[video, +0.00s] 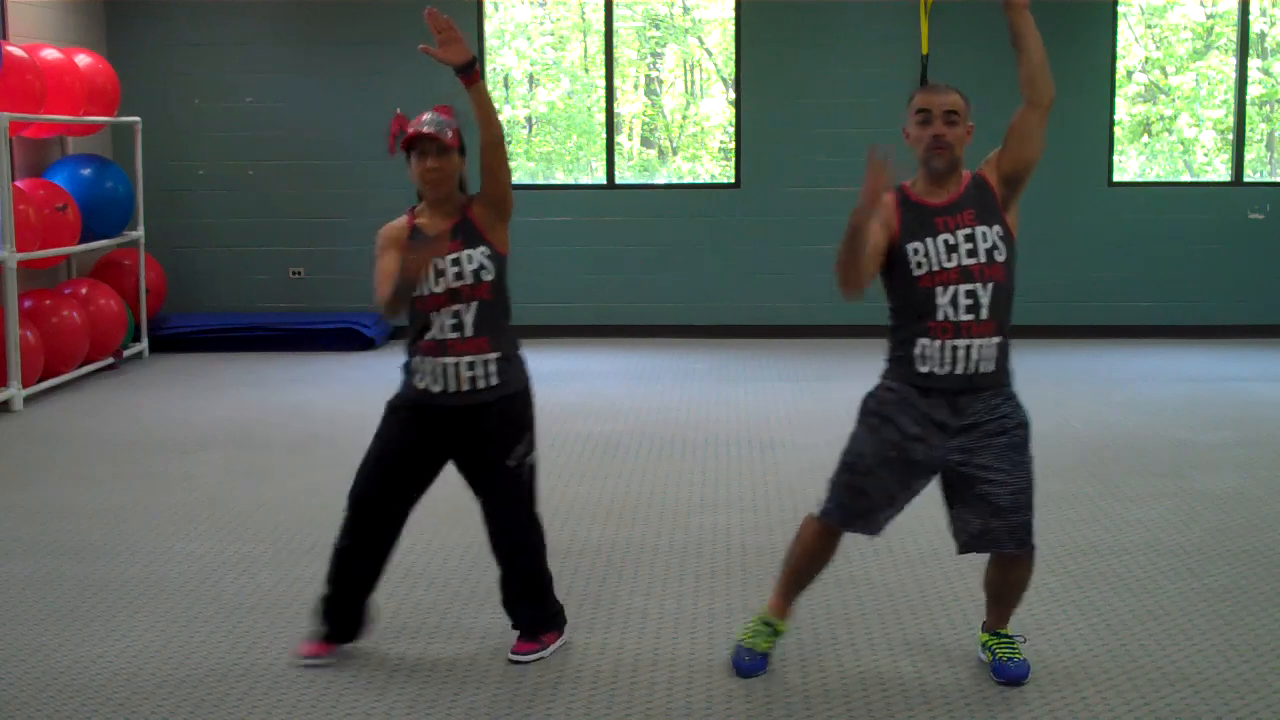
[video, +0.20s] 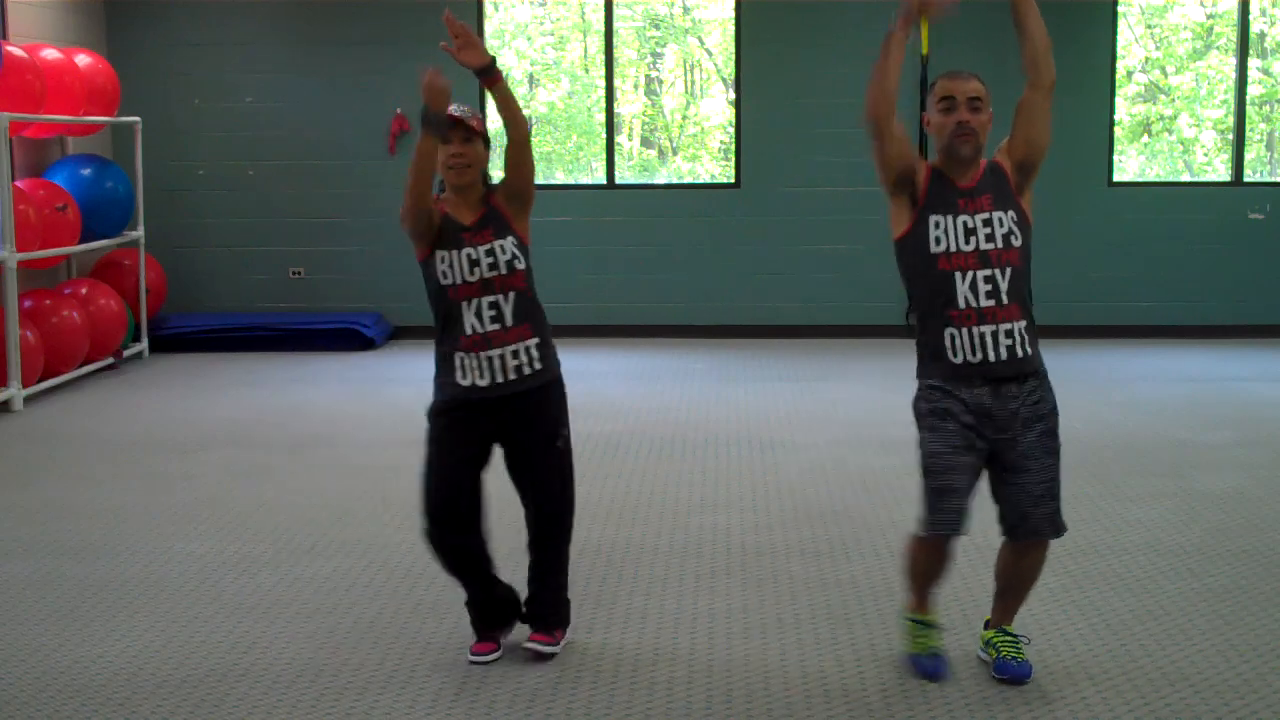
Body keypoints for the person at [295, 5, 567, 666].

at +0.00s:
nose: (430, 162)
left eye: (440, 153)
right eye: (420, 154)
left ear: (462, 161)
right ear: (408, 164)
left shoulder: (489, 218)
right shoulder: (396, 234)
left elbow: (491, 142)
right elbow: (387, 306)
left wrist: (469, 74)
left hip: (494, 399)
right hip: (423, 401)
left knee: (512, 518)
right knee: (370, 507)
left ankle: (540, 624)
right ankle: (337, 627)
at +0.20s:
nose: (458, 152)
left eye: (467, 142)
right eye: (448, 143)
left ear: (485, 154)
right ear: (436, 158)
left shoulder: (510, 210)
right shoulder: (428, 227)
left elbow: (521, 136)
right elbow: (417, 199)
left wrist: (488, 71)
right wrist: (429, 124)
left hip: (533, 388)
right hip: (461, 395)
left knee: (550, 511)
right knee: (447, 523)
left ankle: (549, 615)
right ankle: (492, 612)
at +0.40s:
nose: (476, 156)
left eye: (485, 145)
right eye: (465, 147)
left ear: (500, 156)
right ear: (450, 161)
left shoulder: (523, 211)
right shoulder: (441, 225)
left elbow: (535, 141)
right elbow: (422, 162)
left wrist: (503, 73)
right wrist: (446, 83)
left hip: (553, 388)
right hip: (486, 399)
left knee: (570, 510)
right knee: (490, 517)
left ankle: (567, 621)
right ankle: (491, 623)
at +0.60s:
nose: (492, 170)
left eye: (500, 160)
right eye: (482, 161)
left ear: (515, 165)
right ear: (464, 168)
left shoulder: (538, 215)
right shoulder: (451, 222)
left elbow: (596, 179)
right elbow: (434, 156)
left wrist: (596, 118)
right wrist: (471, 82)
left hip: (556, 392)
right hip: (484, 404)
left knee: (604, 491)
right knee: (483, 524)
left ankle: (605, 606)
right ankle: (493, 623)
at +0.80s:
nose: (509, 173)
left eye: (518, 163)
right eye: (500, 165)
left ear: (536, 168)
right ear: (486, 173)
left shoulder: (568, 227)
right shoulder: (476, 226)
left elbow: (637, 253)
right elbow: (452, 157)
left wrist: (702, 272)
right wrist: (487, 86)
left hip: (567, 406)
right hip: (493, 411)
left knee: (612, 515)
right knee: (472, 525)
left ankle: (668, 618)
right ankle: (489, 623)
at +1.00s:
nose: (527, 185)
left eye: (537, 173)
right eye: (518, 175)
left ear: (557, 176)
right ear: (506, 182)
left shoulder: (591, 237)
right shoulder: (500, 236)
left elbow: (636, 310)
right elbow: (467, 178)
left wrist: (640, 385)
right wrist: (487, 111)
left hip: (592, 408)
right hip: (519, 409)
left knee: (626, 526)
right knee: (463, 513)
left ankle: (670, 627)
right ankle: (467, 612)